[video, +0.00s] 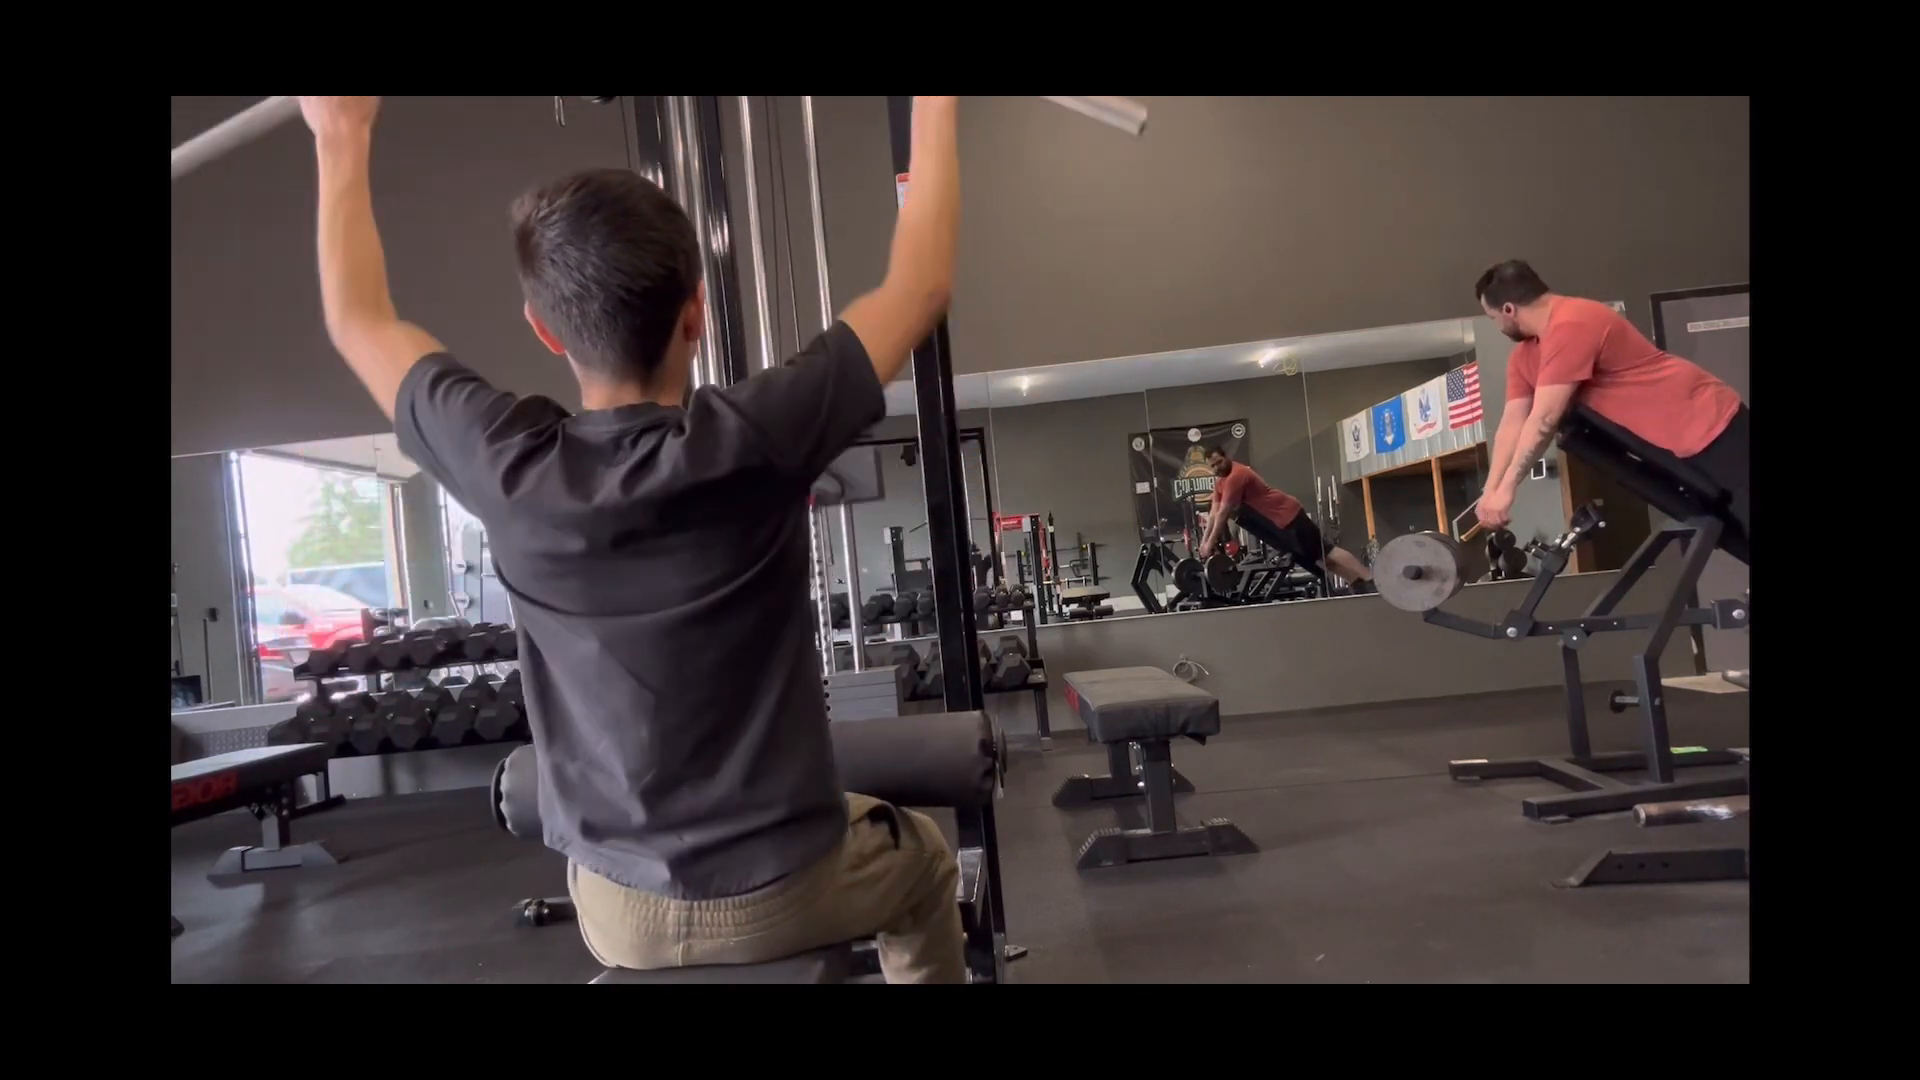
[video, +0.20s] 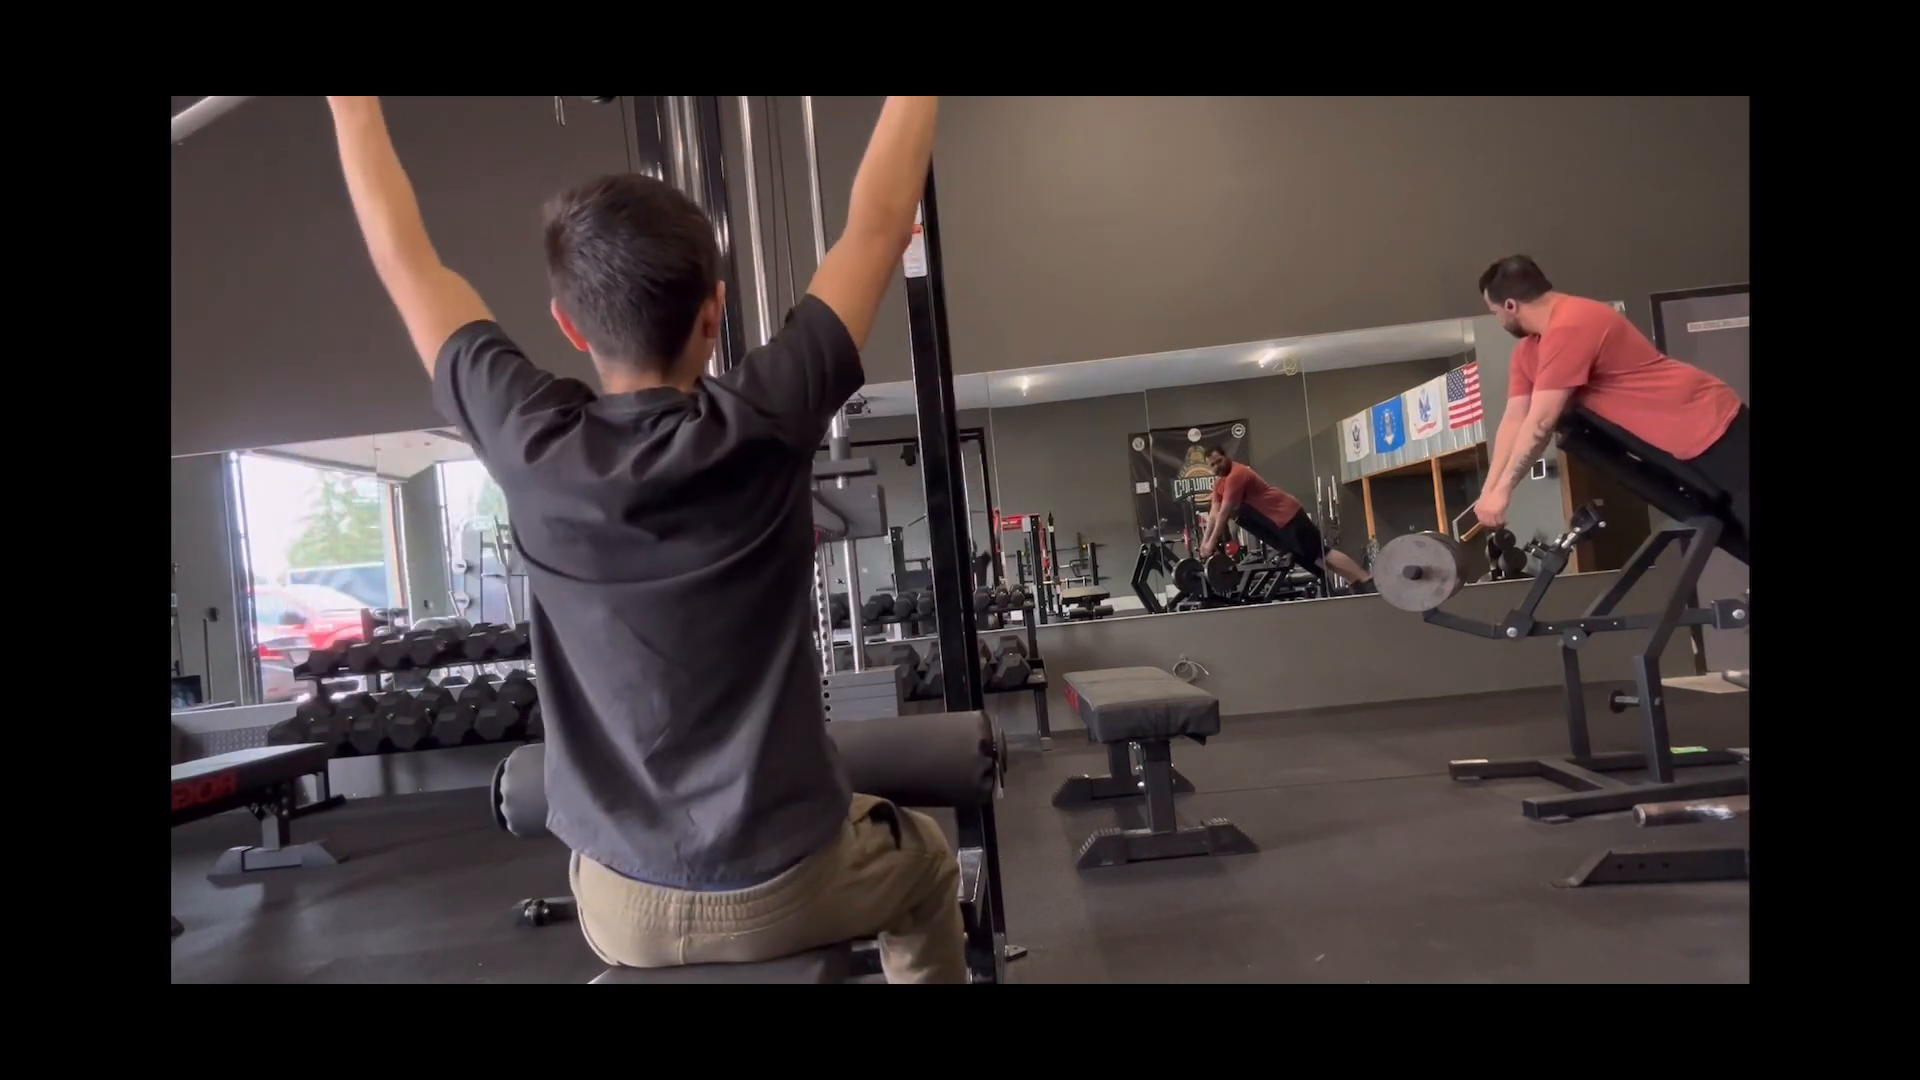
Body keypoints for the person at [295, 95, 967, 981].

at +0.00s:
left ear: (542, 330)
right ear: (696, 317)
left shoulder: (511, 463)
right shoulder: (762, 433)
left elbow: (359, 320)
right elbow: (918, 291)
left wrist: (340, 137)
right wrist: (936, 101)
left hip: (614, 910)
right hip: (780, 897)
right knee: (919, 854)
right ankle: (929, 978)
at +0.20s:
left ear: (569, 326)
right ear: (713, 314)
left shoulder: (534, 441)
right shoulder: (766, 418)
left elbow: (401, 254)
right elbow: (881, 226)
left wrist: (348, 99)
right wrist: (920, 83)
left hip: (614, 904)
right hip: (780, 898)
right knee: (921, 855)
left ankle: (631, 965)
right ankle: (930, 974)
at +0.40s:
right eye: (734, 296)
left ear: (589, 327)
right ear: (726, 316)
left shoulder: (553, 429)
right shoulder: (776, 404)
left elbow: (443, 253)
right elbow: (872, 220)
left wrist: (382, 103)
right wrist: (913, 87)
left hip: (626, 897)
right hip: (792, 890)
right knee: (923, 857)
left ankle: (635, 969)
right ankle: (930, 975)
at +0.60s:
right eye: (734, 297)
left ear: (590, 324)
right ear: (726, 316)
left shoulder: (553, 424)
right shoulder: (773, 399)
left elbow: (447, 252)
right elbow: (875, 217)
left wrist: (393, 103)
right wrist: (917, 87)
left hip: (626, 889)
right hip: (789, 883)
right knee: (923, 857)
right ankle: (927, 979)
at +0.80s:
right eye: (714, 294)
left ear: (559, 321)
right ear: (704, 312)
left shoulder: (525, 433)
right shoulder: (756, 409)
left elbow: (403, 238)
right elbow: (870, 213)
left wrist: (349, 94)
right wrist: (910, 82)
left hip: (619, 889)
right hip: (778, 886)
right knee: (921, 857)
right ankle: (935, 979)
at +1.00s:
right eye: (681, 302)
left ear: (513, 342)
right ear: (676, 326)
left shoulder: (485, 464)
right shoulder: (737, 442)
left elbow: (314, 298)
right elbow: (903, 267)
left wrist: (296, 116)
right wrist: (921, 91)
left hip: (617, 909)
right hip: (773, 898)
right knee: (922, 859)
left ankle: (634, 975)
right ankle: (926, 976)